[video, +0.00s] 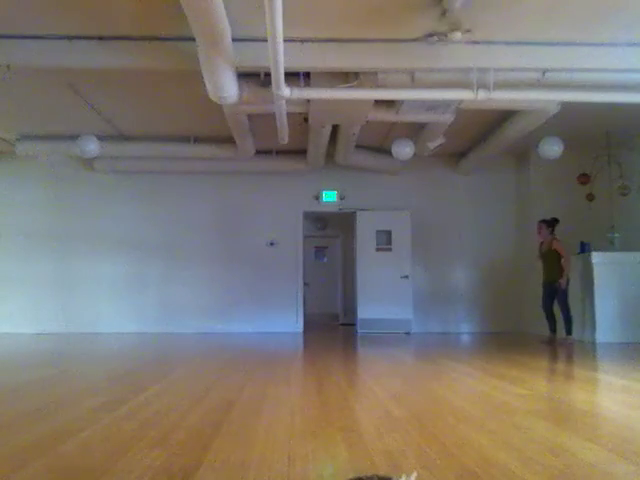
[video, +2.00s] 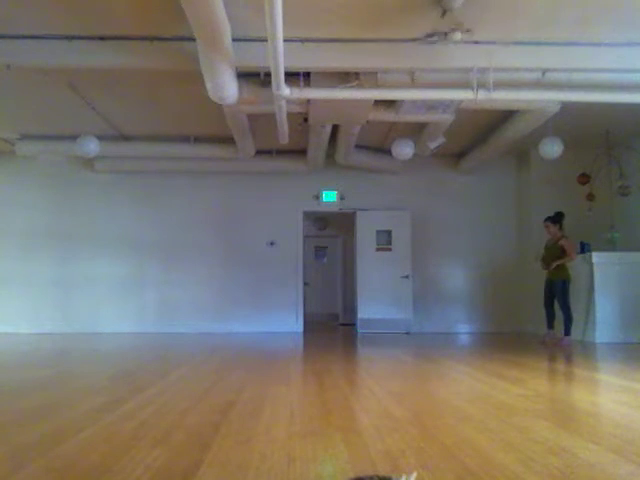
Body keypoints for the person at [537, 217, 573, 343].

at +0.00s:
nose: (538, 231)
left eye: (541, 228)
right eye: (538, 228)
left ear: (549, 230)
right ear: (543, 230)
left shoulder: (555, 243)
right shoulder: (542, 244)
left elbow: (566, 257)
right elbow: (545, 260)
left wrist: (565, 277)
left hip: (559, 279)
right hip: (548, 280)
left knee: (564, 306)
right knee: (547, 306)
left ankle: (569, 334)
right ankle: (552, 333)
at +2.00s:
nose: (547, 230)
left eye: (548, 227)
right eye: (546, 227)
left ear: (556, 226)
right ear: (549, 228)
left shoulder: (563, 241)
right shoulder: (550, 241)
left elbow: (572, 256)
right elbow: (547, 255)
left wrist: (557, 262)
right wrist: (543, 262)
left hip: (561, 275)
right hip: (550, 275)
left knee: (563, 304)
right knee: (548, 303)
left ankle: (567, 335)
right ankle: (550, 331)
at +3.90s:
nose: (539, 241)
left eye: (539, 238)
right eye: (536, 239)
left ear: (544, 233)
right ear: (538, 237)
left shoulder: (557, 240)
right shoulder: (544, 244)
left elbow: (568, 254)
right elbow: (544, 258)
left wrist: (552, 264)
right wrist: (540, 265)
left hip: (560, 274)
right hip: (549, 275)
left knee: (563, 305)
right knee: (553, 306)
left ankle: (566, 336)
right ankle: (556, 334)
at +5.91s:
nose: (542, 231)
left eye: (544, 228)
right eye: (541, 228)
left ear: (551, 227)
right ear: (544, 229)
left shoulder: (559, 240)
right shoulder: (546, 241)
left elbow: (568, 254)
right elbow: (546, 255)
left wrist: (553, 264)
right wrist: (543, 264)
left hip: (559, 273)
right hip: (549, 273)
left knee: (561, 304)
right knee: (553, 305)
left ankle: (566, 335)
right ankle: (556, 334)